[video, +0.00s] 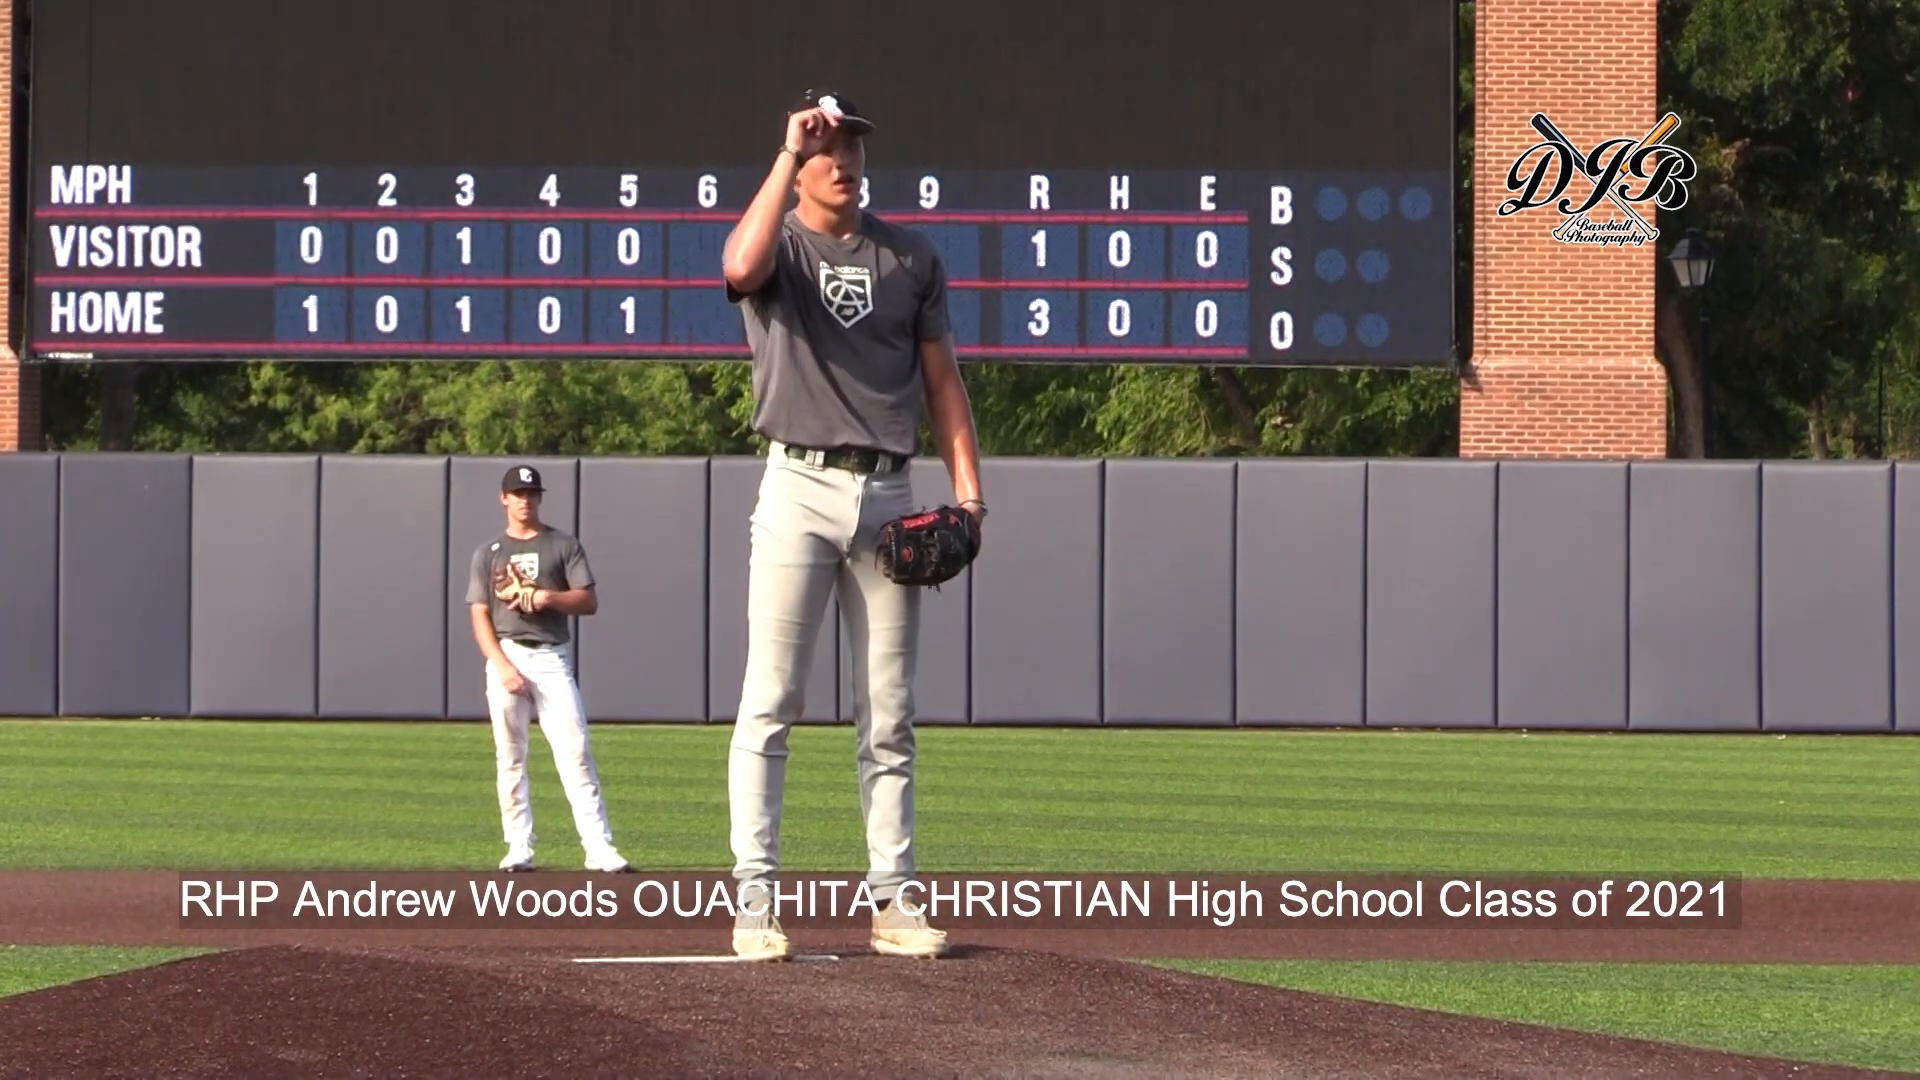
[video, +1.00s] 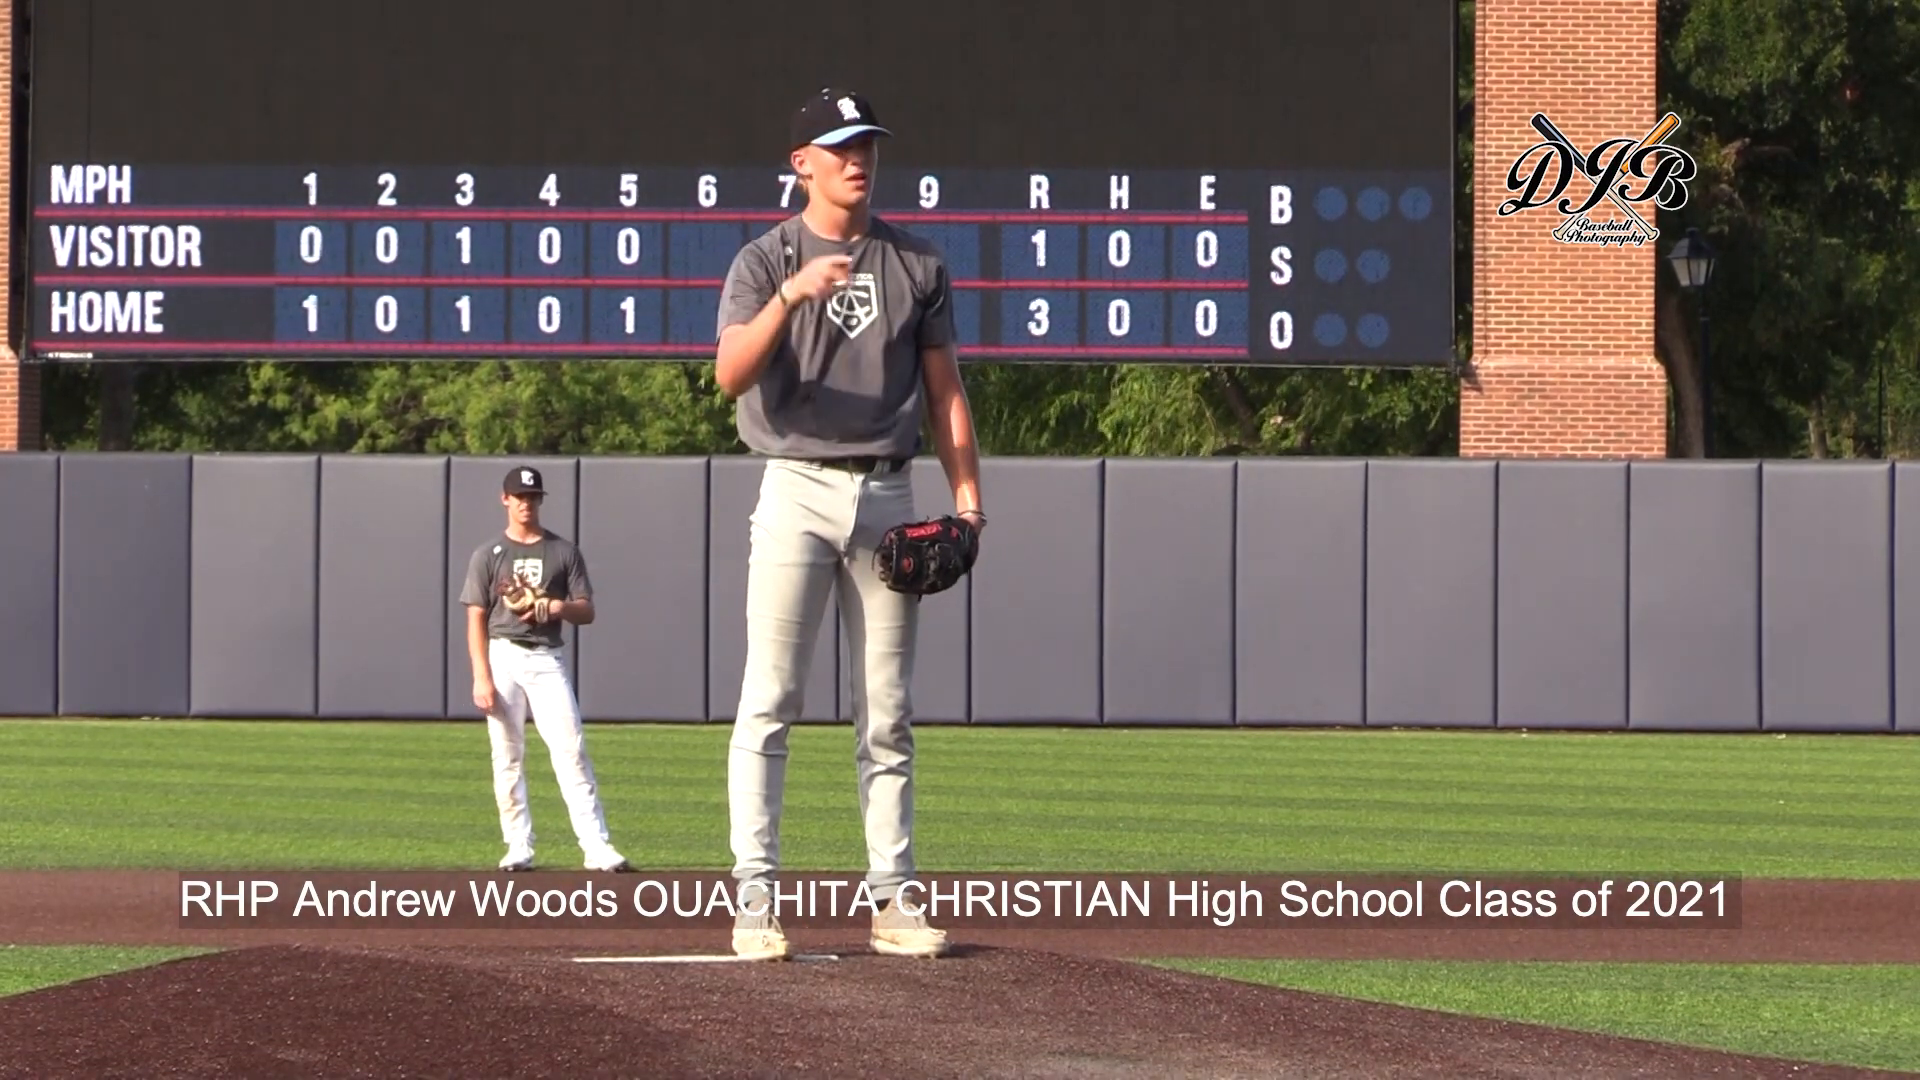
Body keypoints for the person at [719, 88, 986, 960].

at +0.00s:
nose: (838, 162)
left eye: (848, 148)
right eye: (821, 152)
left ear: (864, 160)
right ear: (795, 170)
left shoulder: (911, 256)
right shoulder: (772, 244)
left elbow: (943, 377)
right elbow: (740, 270)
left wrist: (967, 493)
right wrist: (789, 162)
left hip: (892, 498)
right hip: (796, 491)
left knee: (890, 716)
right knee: (769, 703)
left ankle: (893, 898)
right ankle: (755, 896)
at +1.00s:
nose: (858, 163)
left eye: (866, 150)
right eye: (842, 151)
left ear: (877, 160)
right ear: (803, 163)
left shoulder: (915, 266)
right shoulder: (764, 260)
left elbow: (946, 390)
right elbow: (729, 376)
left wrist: (967, 503)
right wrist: (789, 297)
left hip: (889, 499)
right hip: (794, 494)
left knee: (888, 715)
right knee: (769, 703)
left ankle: (892, 898)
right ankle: (756, 896)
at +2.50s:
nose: (854, 159)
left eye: (861, 145)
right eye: (837, 147)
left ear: (871, 158)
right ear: (799, 160)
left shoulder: (911, 267)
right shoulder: (758, 267)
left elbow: (942, 395)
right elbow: (732, 405)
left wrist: (965, 507)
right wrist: (744, 520)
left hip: (887, 497)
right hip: (790, 493)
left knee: (885, 712)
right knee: (768, 705)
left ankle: (893, 897)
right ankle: (755, 895)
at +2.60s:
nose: (854, 159)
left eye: (862, 146)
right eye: (837, 147)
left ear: (872, 158)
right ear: (799, 160)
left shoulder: (911, 267)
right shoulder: (759, 267)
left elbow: (942, 393)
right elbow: (733, 405)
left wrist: (965, 507)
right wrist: (745, 520)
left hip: (887, 497)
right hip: (790, 493)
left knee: (886, 712)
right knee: (768, 705)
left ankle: (892, 897)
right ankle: (755, 896)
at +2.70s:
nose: (854, 159)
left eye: (862, 146)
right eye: (837, 147)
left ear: (872, 158)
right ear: (799, 160)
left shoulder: (911, 268)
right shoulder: (759, 267)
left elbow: (943, 394)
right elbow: (734, 406)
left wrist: (965, 507)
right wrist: (746, 521)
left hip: (887, 497)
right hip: (791, 494)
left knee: (886, 712)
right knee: (768, 705)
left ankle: (892, 896)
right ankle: (755, 895)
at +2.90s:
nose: (854, 159)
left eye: (862, 146)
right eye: (837, 147)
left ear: (872, 158)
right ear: (799, 160)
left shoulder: (911, 268)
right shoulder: (759, 267)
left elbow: (943, 395)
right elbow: (734, 406)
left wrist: (965, 508)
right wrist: (747, 522)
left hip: (887, 497)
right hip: (791, 493)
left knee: (886, 711)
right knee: (768, 705)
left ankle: (892, 897)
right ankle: (755, 895)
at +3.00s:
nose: (854, 159)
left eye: (862, 145)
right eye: (837, 146)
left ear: (872, 158)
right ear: (799, 160)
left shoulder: (911, 267)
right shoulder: (759, 267)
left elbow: (943, 394)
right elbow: (734, 405)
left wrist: (965, 508)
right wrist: (746, 522)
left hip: (887, 497)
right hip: (790, 493)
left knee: (886, 711)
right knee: (768, 705)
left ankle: (892, 897)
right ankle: (755, 895)